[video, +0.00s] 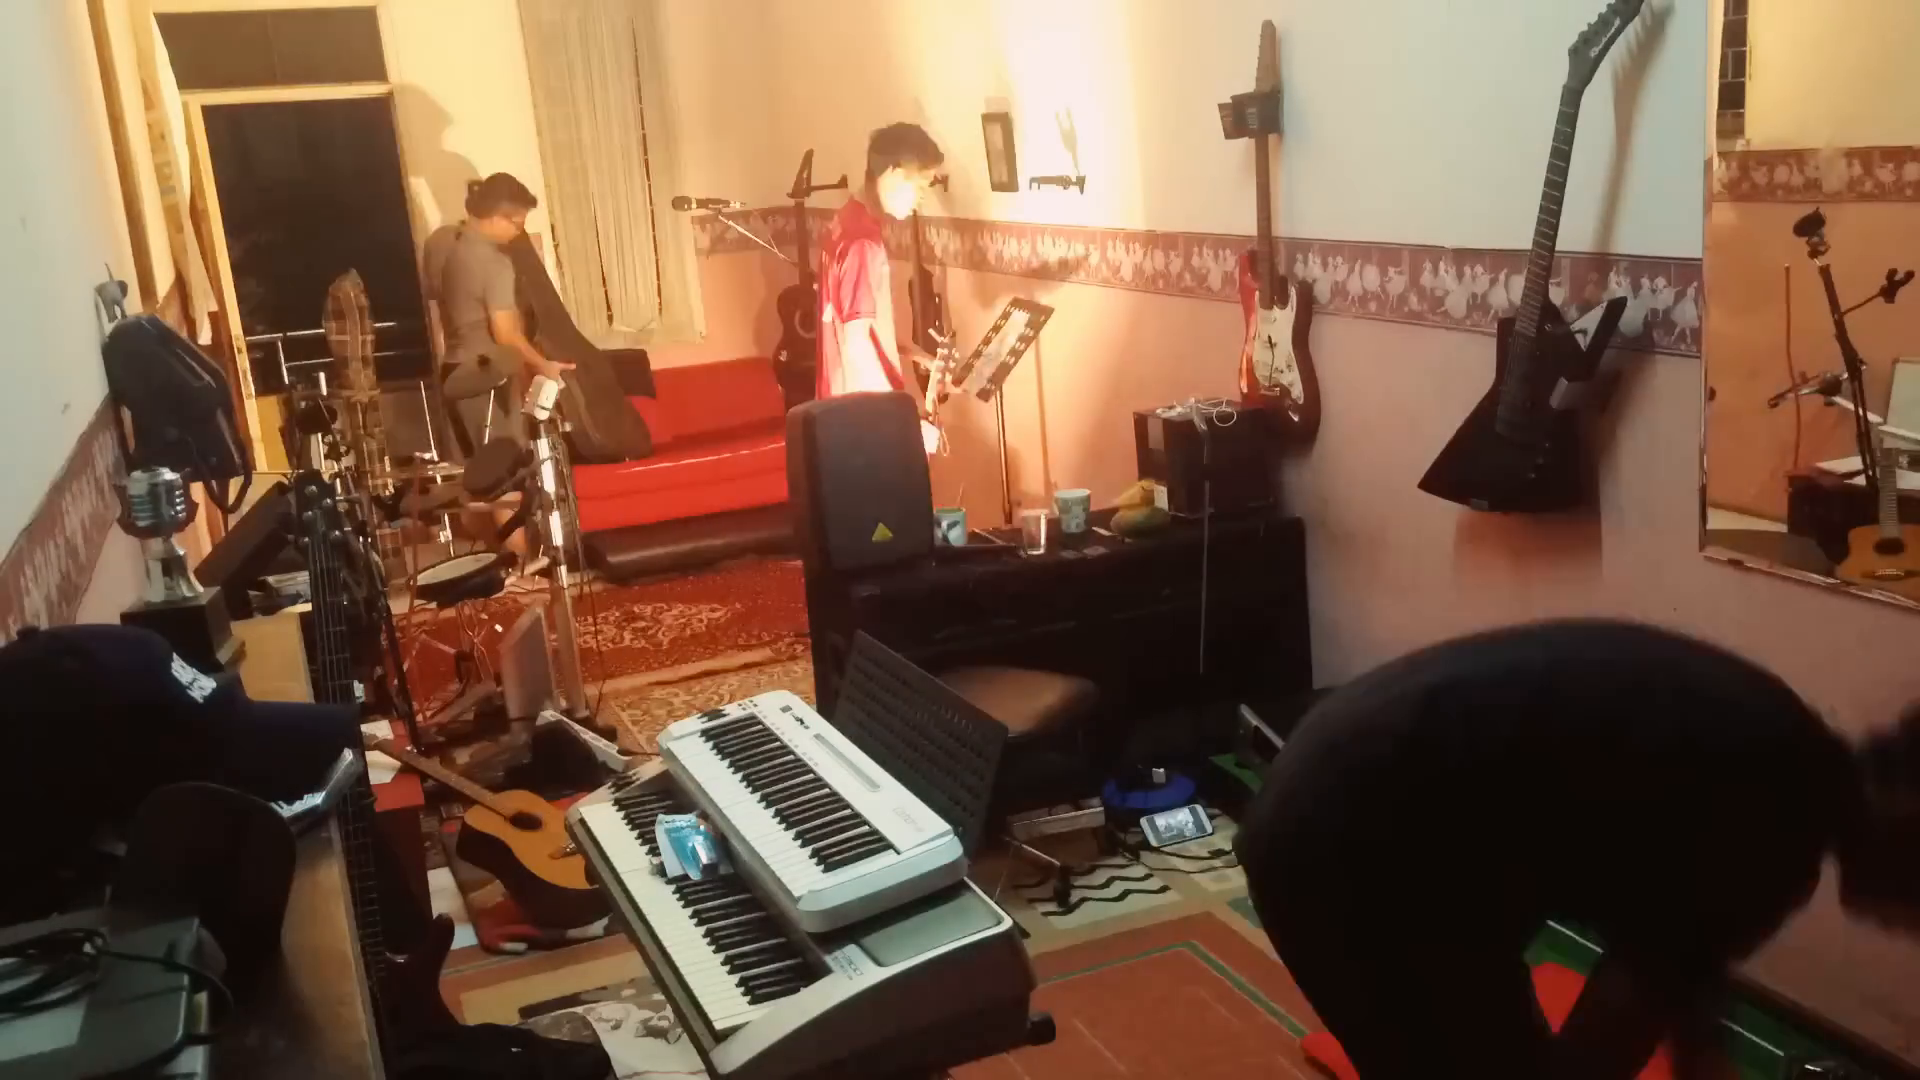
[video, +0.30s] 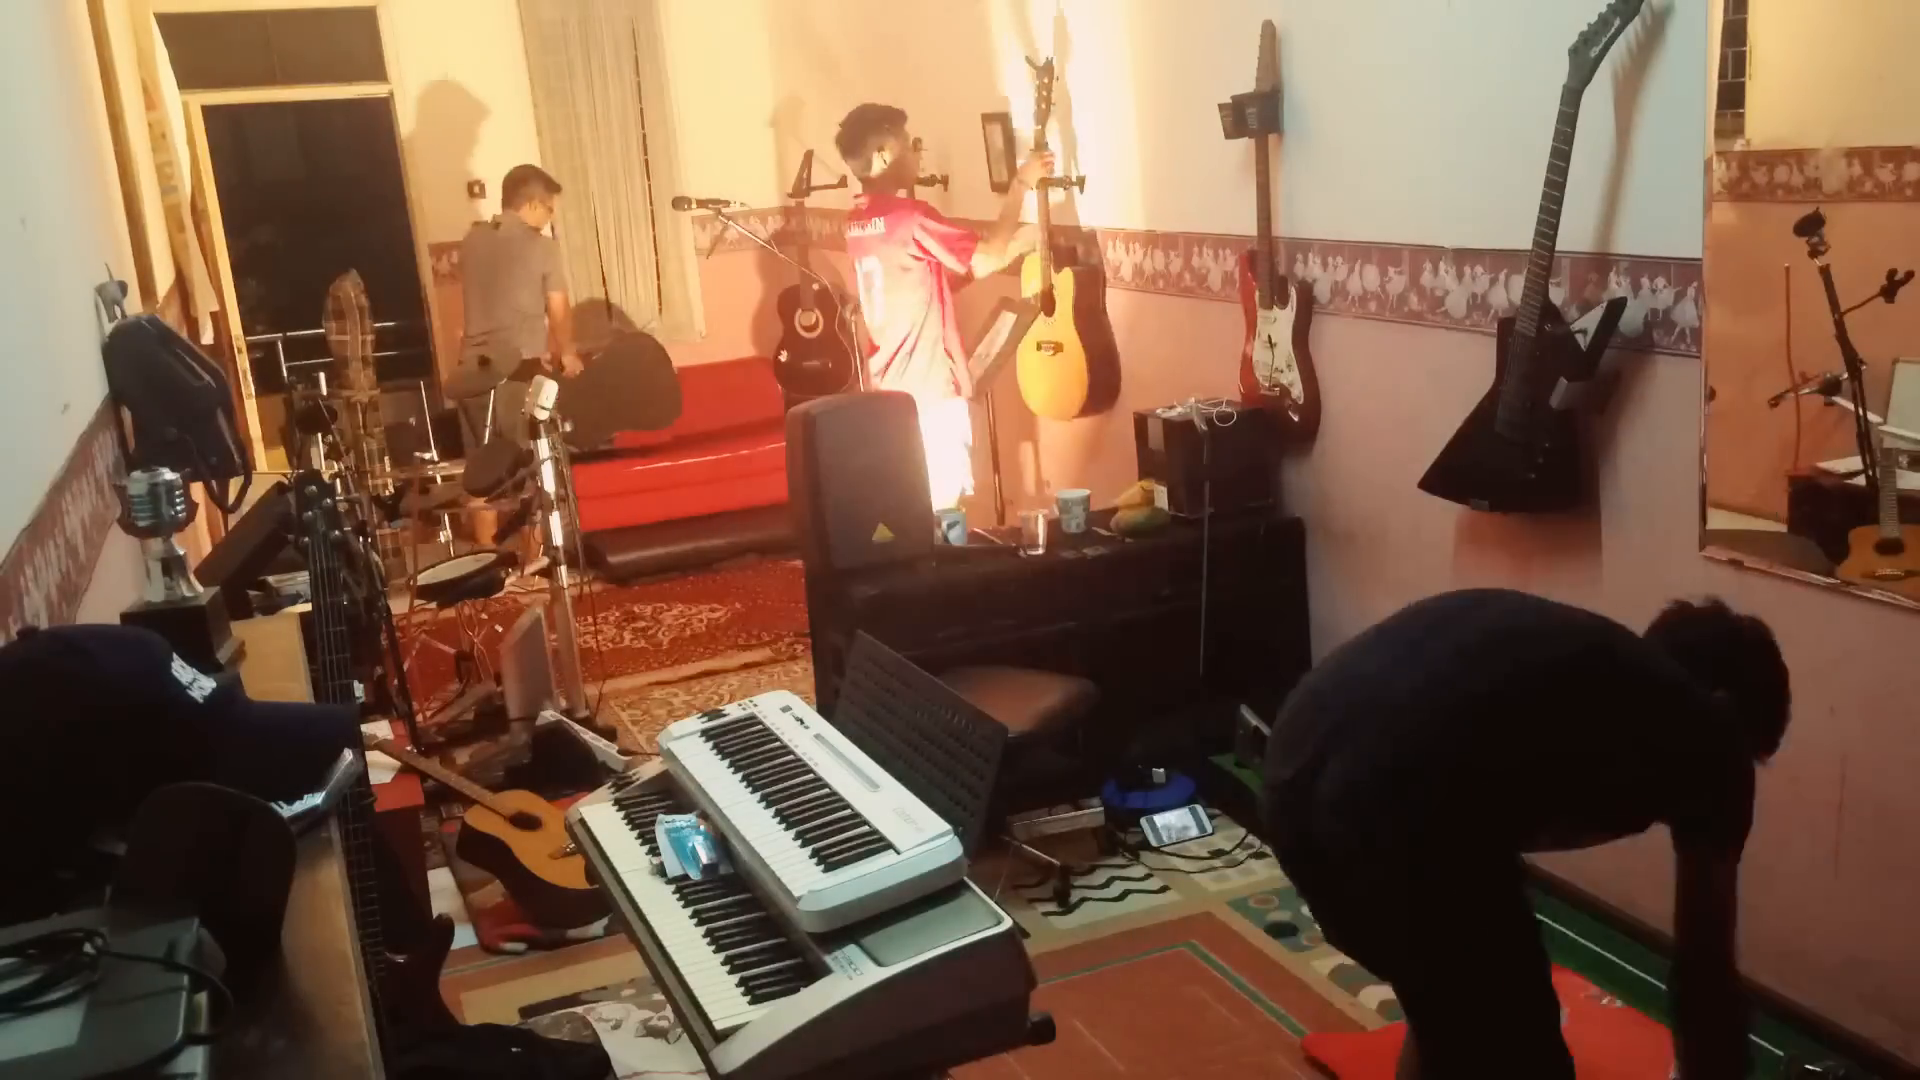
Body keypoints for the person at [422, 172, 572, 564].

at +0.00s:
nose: (520, 230)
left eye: (522, 222)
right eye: (516, 222)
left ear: (483, 215)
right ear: (495, 216)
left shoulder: (452, 252)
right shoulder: (496, 263)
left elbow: (441, 319)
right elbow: (506, 333)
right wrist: (542, 365)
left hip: (456, 374)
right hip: (488, 375)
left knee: (478, 469)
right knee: (506, 470)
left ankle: (487, 560)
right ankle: (522, 562)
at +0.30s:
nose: (550, 219)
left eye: (551, 209)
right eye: (549, 209)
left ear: (509, 202)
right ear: (531, 202)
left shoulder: (472, 241)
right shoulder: (541, 247)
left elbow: (474, 299)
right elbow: (557, 307)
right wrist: (567, 351)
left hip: (473, 365)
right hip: (523, 364)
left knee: (480, 462)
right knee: (527, 460)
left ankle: (485, 559)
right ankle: (534, 561)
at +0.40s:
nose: (570, 226)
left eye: (574, 219)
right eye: (572, 218)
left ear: (529, 201)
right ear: (555, 211)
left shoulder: (483, 239)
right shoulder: (553, 260)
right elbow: (579, 327)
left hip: (487, 366)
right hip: (534, 370)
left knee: (499, 461)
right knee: (548, 464)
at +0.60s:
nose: (502, 200)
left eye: (499, 192)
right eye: (493, 194)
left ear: (461, 205)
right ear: (468, 203)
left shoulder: (444, 250)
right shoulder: (494, 247)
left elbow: (454, 315)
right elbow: (517, 310)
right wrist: (551, 332)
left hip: (464, 373)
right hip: (502, 371)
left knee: (479, 465)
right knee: (525, 462)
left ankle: (485, 561)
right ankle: (533, 561)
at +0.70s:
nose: (484, 213)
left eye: (482, 205)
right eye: (480, 205)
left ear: (442, 210)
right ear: (464, 204)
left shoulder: (420, 265)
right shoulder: (473, 236)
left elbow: (434, 331)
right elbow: (505, 296)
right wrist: (553, 334)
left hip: (451, 379)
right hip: (490, 372)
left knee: (472, 470)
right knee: (516, 463)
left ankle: (485, 566)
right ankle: (533, 559)